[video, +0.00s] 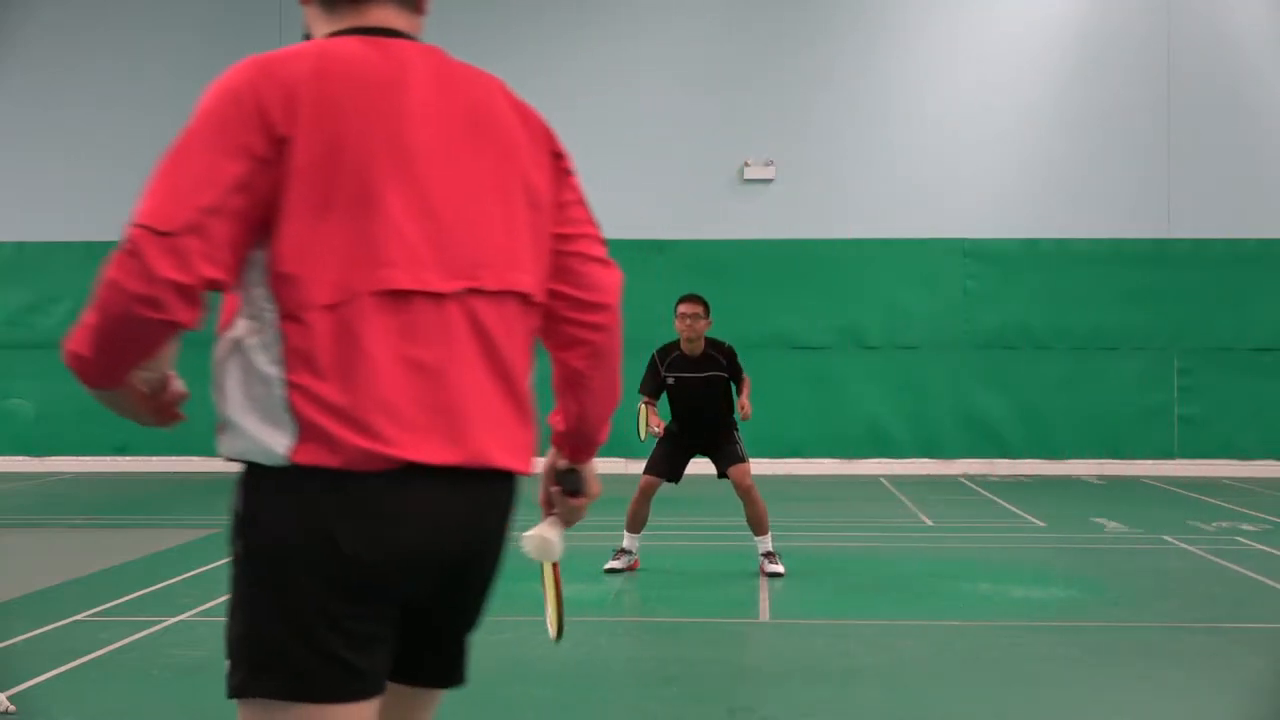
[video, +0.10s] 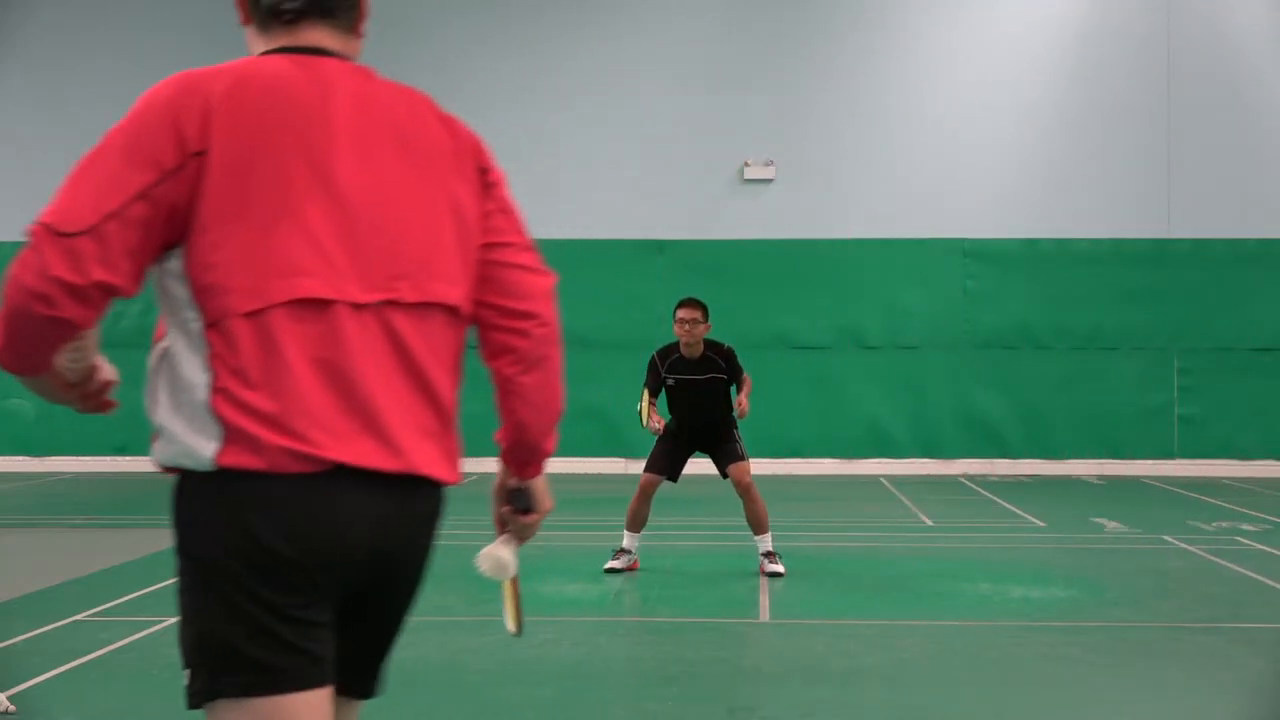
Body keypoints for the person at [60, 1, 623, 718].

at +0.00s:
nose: (304, 18)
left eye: (303, 11)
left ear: (311, 6)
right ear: (422, 10)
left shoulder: (271, 86)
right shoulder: (512, 115)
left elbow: (164, 270)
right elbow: (592, 292)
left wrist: (109, 363)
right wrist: (577, 448)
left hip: (318, 490)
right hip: (472, 496)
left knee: (307, 709)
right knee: (405, 708)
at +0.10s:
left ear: (245, 13)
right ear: (364, 15)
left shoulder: (197, 104)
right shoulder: (447, 135)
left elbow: (42, 286)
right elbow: (527, 307)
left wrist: (60, 365)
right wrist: (526, 460)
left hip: (251, 490)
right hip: (401, 500)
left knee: (279, 707)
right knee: (333, 703)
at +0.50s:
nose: (214, 73)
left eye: (219, 54)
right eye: (217, 52)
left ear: (105, 33)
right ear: (184, 44)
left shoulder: (10, 111)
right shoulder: (223, 170)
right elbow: (282, 339)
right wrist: (284, 439)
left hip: (12, 469)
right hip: (147, 482)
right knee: (136, 708)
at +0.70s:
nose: (129, 106)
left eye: (133, 85)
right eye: (131, 82)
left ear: (24, 65)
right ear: (97, 74)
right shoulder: (101, 180)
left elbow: (181, 334)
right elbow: (183, 339)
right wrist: (260, 364)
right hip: (38, 474)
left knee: (71, 703)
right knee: (75, 705)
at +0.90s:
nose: (73, 106)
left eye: (75, 86)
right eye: (74, 86)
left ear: (16, 84)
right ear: (50, 88)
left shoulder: (27, 174)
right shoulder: (31, 172)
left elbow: (64, 314)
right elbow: (70, 316)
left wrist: (186, 370)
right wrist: (189, 369)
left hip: (14, 467)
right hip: (5, 468)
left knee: (31, 678)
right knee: (38, 681)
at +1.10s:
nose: (74, 121)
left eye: (76, 102)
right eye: (74, 100)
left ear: (24, 93)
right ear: (39, 94)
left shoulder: (24, 190)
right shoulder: (30, 192)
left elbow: (59, 338)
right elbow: (66, 343)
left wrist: (125, 393)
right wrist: (142, 397)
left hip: (1, 483)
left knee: (10, 682)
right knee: (4, 688)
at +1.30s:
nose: (73, 140)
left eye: (75, 123)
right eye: (61, 118)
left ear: (8, 112)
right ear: (6, 109)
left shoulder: (16, 203)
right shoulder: (15, 208)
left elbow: (58, 330)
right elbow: (67, 338)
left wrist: (111, 406)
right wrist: (118, 412)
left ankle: (4, 696)